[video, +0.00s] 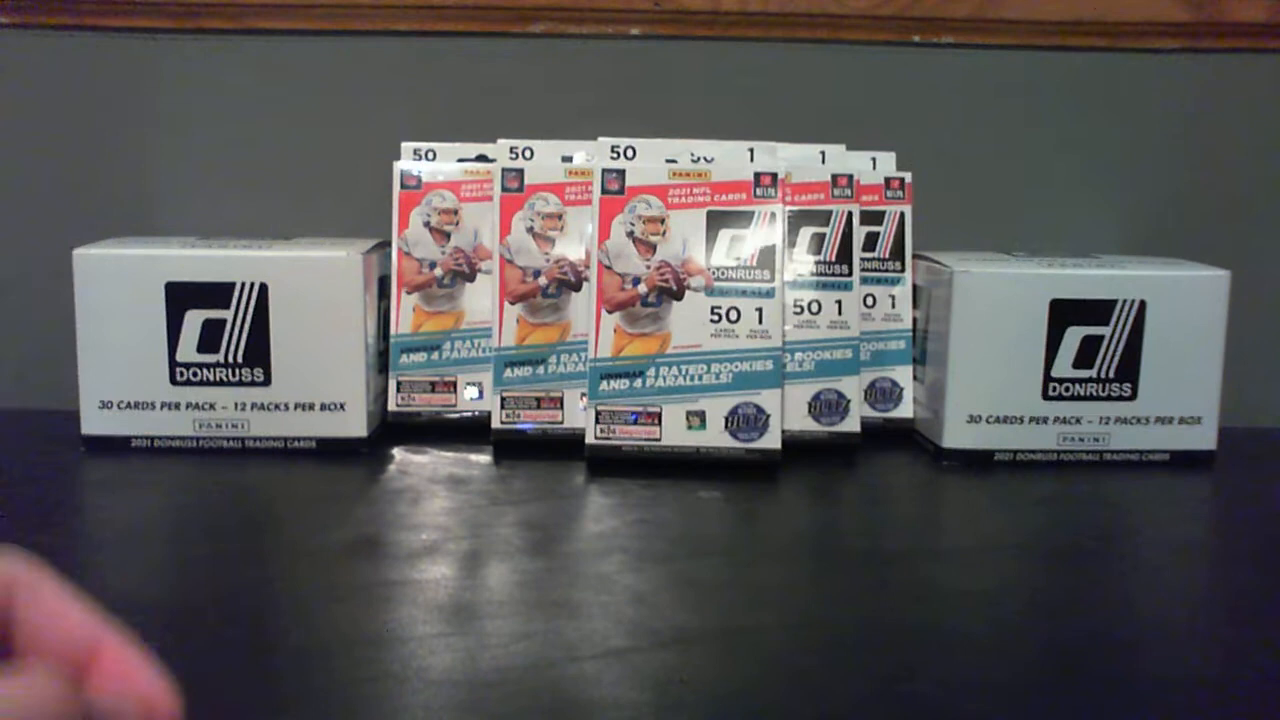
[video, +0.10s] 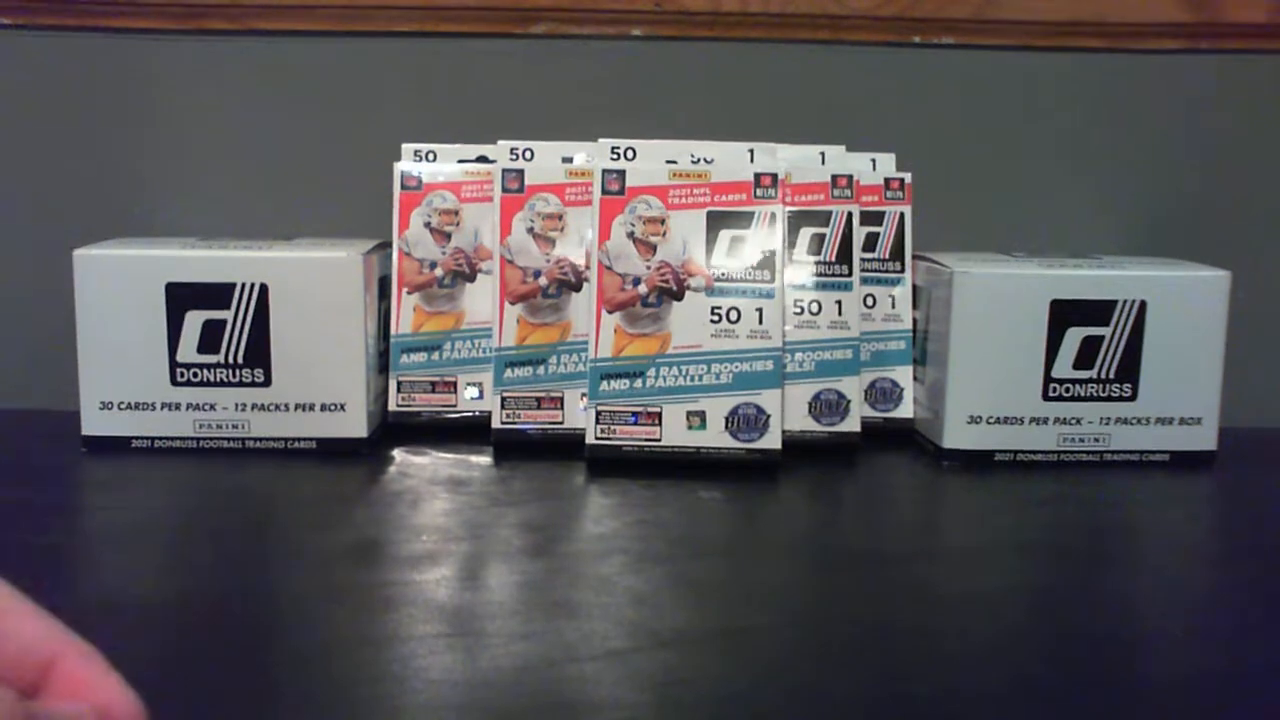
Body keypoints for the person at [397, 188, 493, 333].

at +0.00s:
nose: (450, 219)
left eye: (453, 214)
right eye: (445, 214)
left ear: (458, 215)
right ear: (430, 215)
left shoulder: (466, 236)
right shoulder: (412, 238)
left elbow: (492, 261)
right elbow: (410, 284)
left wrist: (474, 263)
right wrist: (441, 270)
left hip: (450, 313)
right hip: (421, 311)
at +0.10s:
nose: (451, 220)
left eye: (454, 214)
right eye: (445, 214)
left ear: (458, 216)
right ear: (430, 215)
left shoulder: (466, 237)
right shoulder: (413, 239)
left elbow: (493, 262)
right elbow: (410, 284)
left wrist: (476, 265)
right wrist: (441, 270)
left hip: (451, 313)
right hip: (422, 311)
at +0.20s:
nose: (451, 219)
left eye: (454, 214)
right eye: (445, 214)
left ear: (458, 215)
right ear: (430, 215)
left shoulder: (466, 236)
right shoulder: (413, 238)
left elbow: (493, 262)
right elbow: (410, 283)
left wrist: (475, 265)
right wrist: (441, 269)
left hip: (450, 313)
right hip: (422, 311)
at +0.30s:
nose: (451, 219)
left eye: (454, 214)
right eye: (445, 214)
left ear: (458, 215)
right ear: (430, 215)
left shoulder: (466, 236)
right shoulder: (413, 238)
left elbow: (493, 262)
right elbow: (410, 283)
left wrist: (475, 265)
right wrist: (441, 269)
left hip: (451, 313)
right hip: (422, 311)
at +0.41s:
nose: (451, 219)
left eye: (454, 213)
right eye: (445, 213)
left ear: (458, 215)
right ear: (430, 215)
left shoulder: (466, 236)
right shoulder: (413, 238)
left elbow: (492, 261)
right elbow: (410, 283)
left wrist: (474, 264)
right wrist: (441, 269)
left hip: (450, 312)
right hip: (422, 311)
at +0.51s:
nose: (451, 218)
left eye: (454, 213)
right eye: (446, 213)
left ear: (458, 214)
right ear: (431, 214)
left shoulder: (466, 236)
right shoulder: (413, 238)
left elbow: (492, 260)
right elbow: (410, 283)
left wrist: (475, 264)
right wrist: (441, 269)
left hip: (450, 312)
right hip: (422, 310)